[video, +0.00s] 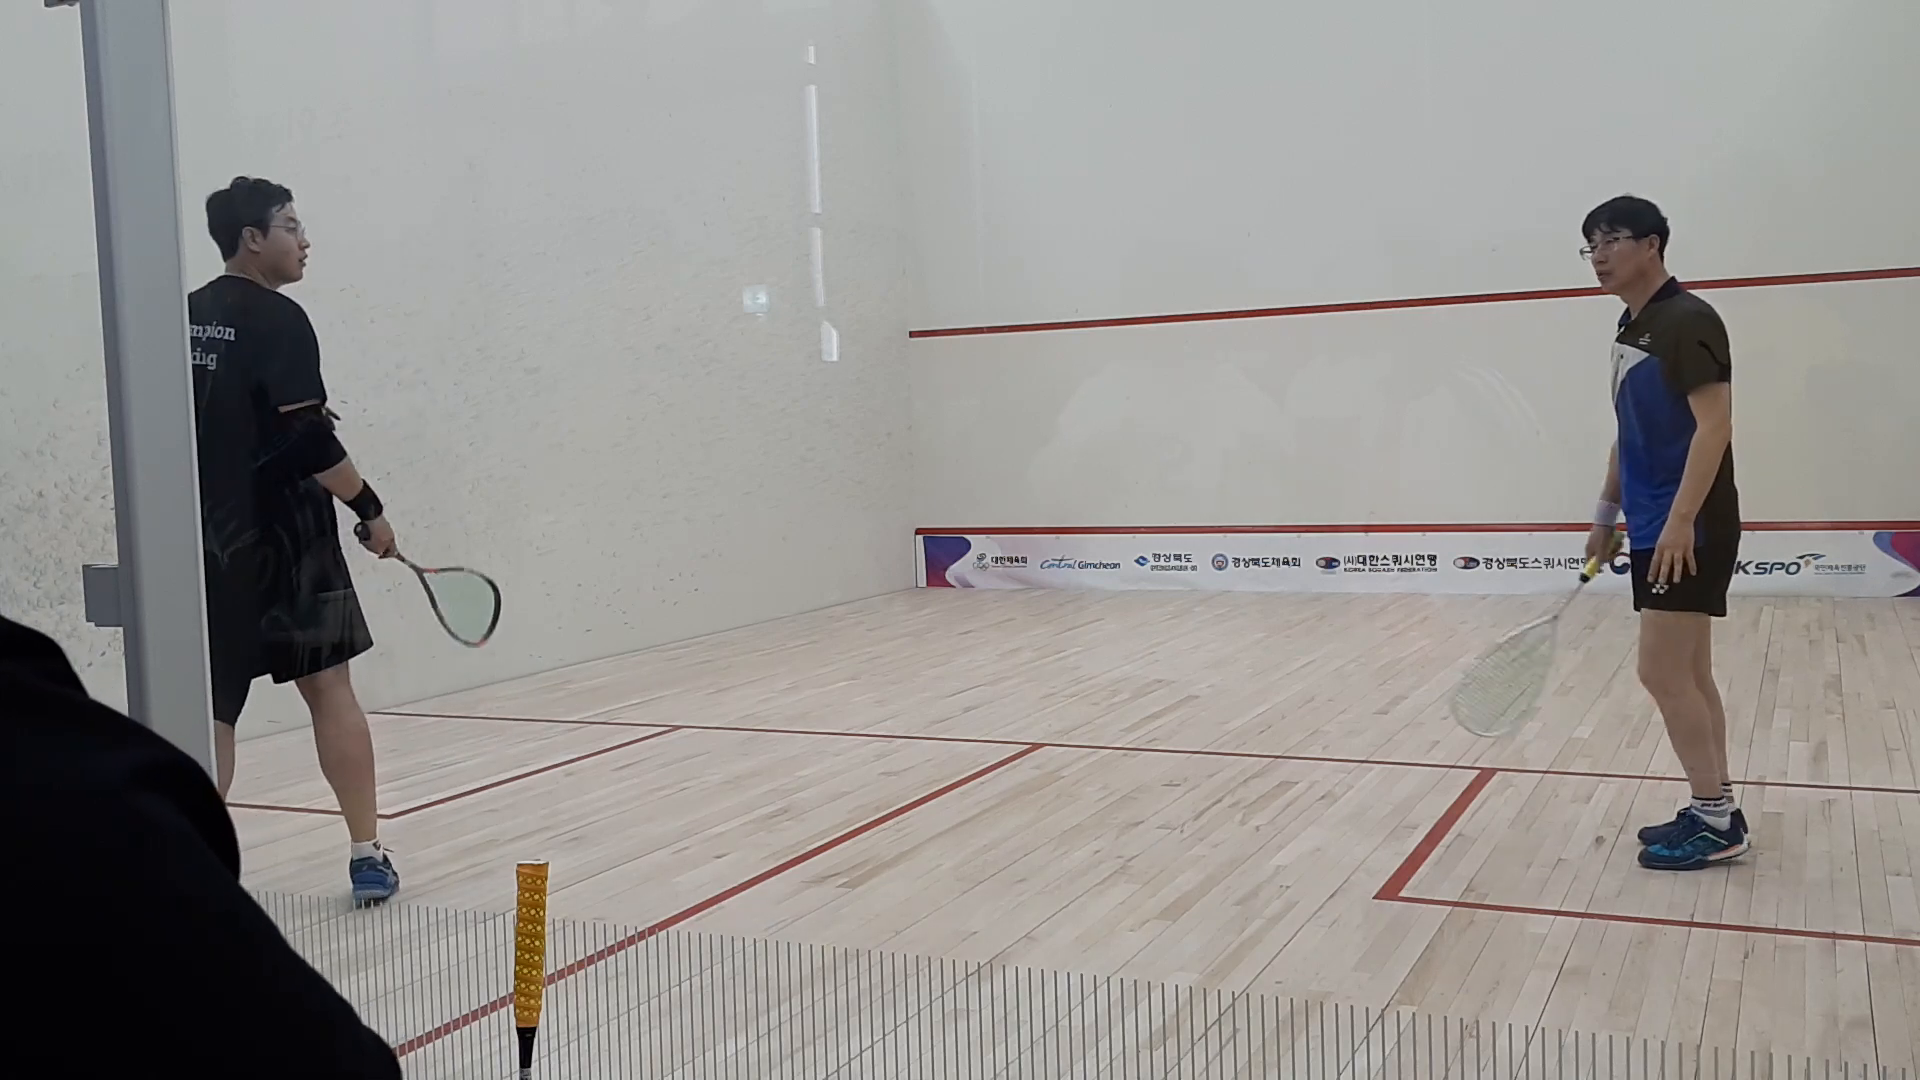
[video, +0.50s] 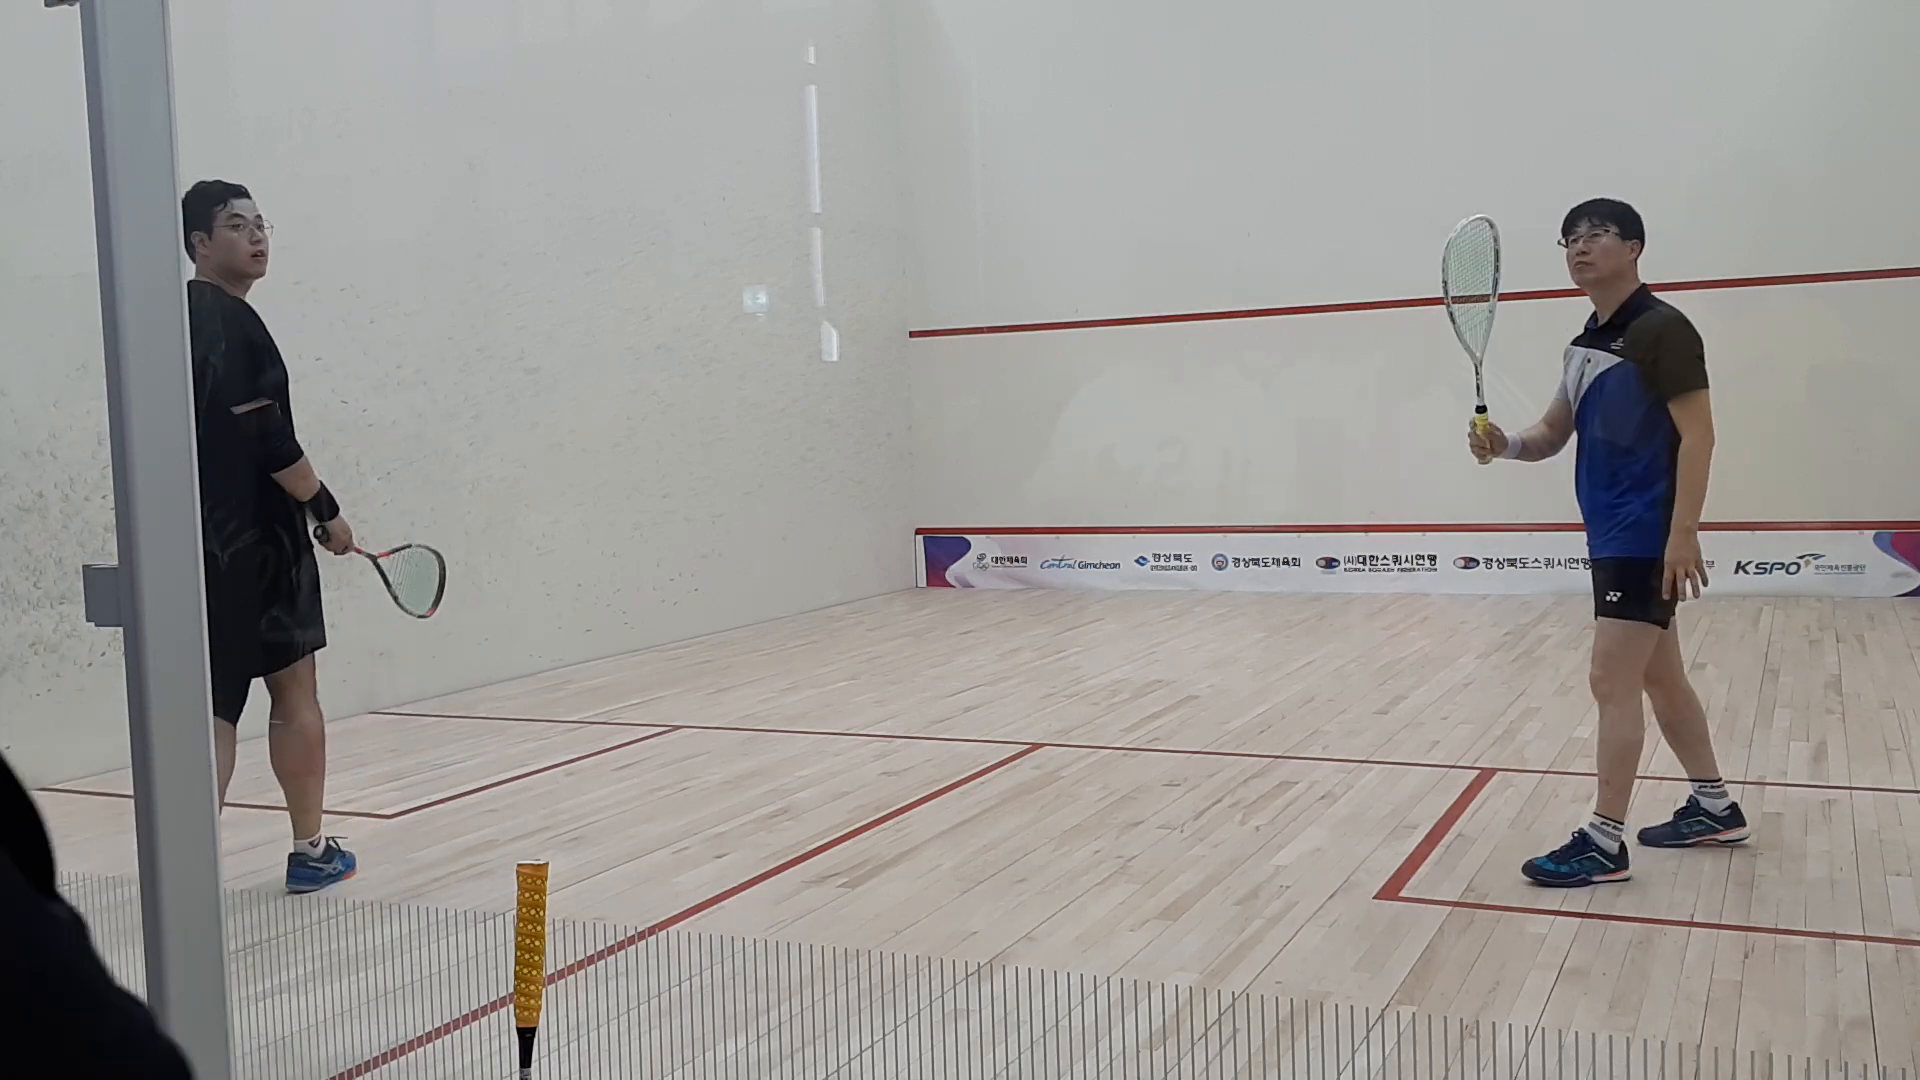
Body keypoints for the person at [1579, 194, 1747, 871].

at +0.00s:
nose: (1597, 256)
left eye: (1610, 243)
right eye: (1592, 247)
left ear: (1652, 246)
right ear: (1596, 257)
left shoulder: (1687, 321)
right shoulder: (1632, 329)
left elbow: (1715, 427)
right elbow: (1629, 437)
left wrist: (1680, 519)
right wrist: (1607, 518)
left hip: (1689, 525)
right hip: (1659, 525)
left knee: (1662, 672)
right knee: (1691, 672)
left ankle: (1712, 816)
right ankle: (1716, 808)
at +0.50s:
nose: (1578, 247)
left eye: (1594, 235)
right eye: (1571, 240)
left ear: (1632, 248)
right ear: (1566, 260)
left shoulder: (1663, 329)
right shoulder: (1585, 345)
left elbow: (1699, 434)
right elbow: (1549, 435)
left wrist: (1684, 531)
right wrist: (1505, 444)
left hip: (1645, 540)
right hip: (1612, 539)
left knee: (1613, 681)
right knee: (1664, 679)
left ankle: (1606, 837)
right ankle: (1714, 802)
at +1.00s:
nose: (1512, 259)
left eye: (1523, 245)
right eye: (1510, 247)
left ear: (1569, 245)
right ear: (1539, 253)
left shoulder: (1620, 323)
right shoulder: (1547, 334)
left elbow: (1653, 432)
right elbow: (1509, 431)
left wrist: (1623, 524)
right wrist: (1458, 444)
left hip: (1610, 533)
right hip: (1573, 533)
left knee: (1587, 684)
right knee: (1625, 676)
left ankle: (1602, 839)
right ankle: (1693, 783)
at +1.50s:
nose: (1464, 270)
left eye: (1473, 256)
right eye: (1464, 257)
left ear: (1515, 254)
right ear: (1503, 259)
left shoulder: (1584, 329)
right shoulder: (1504, 346)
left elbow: (1631, 437)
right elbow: (1462, 430)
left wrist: (1608, 532)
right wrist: (1387, 448)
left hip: (1595, 538)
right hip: (1557, 541)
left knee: (1579, 688)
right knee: (1614, 674)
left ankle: (1600, 838)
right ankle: (1683, 778)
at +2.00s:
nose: (1379, 296)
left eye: (1386, 281)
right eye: (1377, 283)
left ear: (1424, 275)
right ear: (1418, 279)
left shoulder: (1501, 341)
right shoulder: (1416, 352)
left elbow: (1458, 445)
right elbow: (1378, 437)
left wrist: (1358, 466)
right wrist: (1353, 400)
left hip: (1542, 546)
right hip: (1484, 545)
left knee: (1554, 692)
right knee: (1424, 659)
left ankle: (1601, 838)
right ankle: (1407, 805)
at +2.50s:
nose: (1186, 344)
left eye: (1187, 332)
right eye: (1185, 333)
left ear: (1209, 331)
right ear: (1234, 326)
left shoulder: (1273, 383)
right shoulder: (1242, 395)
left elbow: (1274, 487)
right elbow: (1214, 486)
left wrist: (1221, 557)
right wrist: (1176, 549)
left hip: (1357, 564)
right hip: (1322, 568)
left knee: (1394, 702)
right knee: (1261, 669)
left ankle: (1528, 796)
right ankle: (1281, 810)